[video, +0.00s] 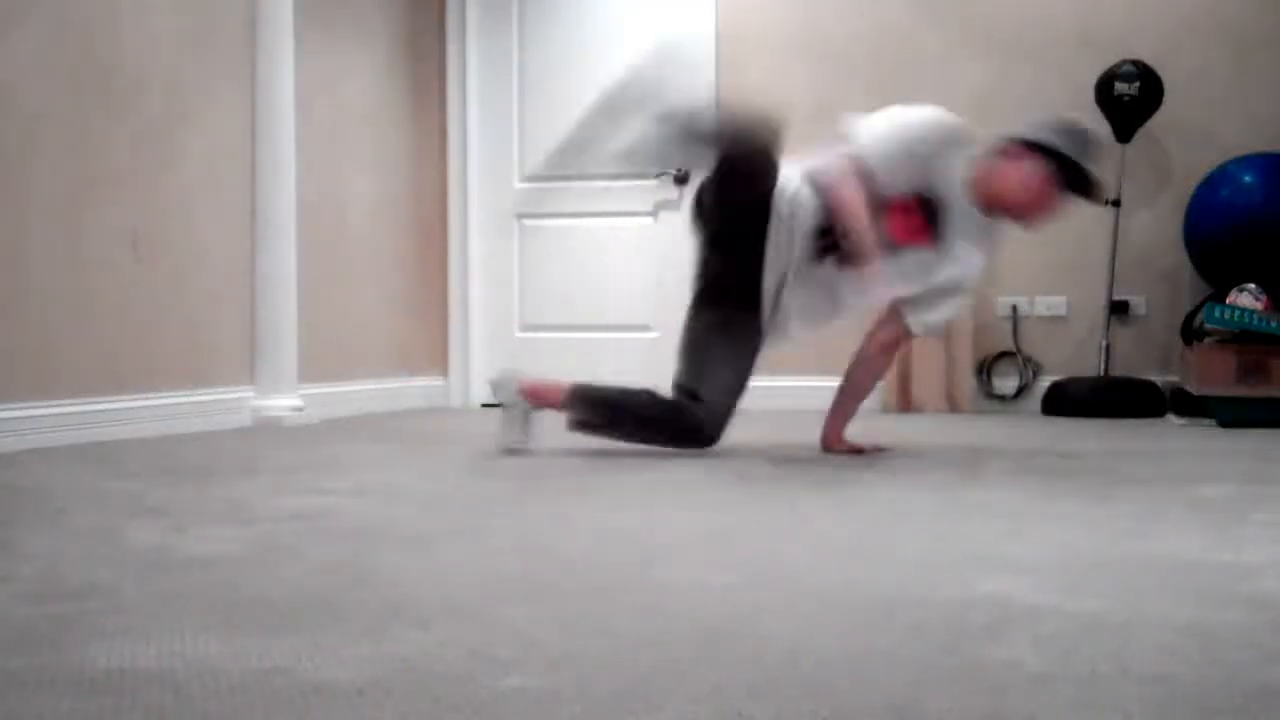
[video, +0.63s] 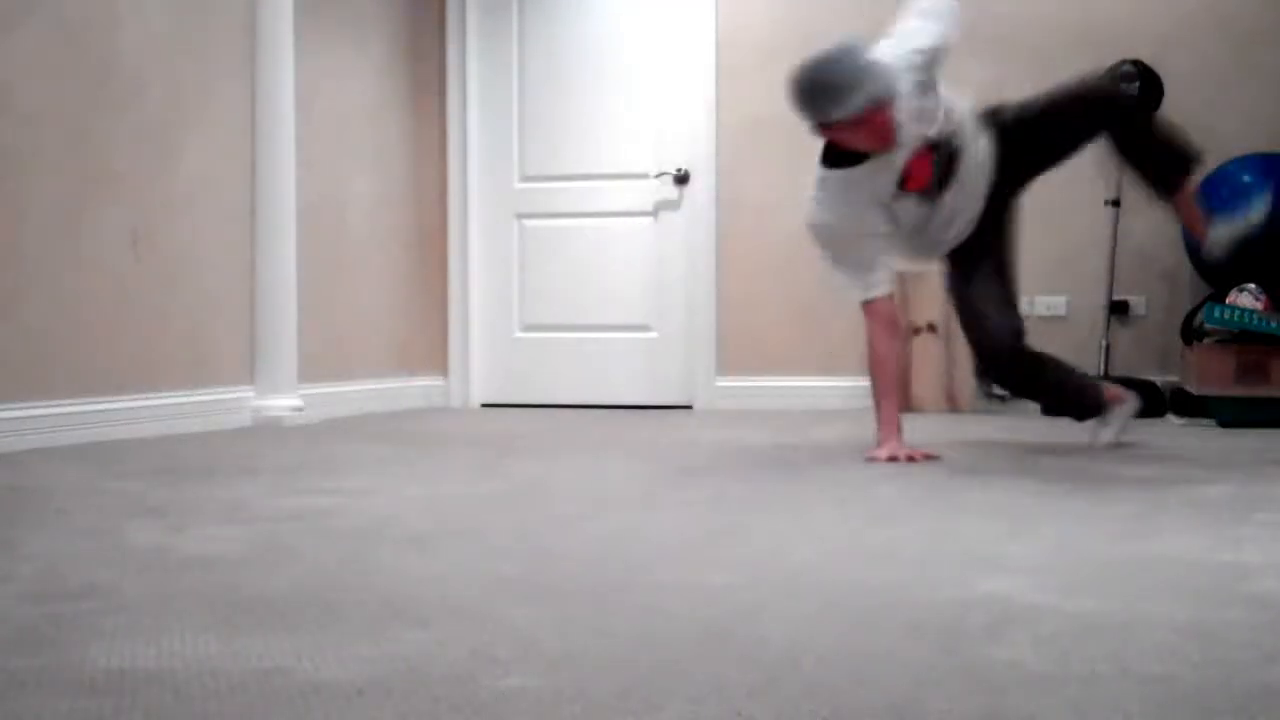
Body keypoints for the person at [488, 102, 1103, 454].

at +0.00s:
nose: (1043, 206)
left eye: (1056, 201)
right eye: (1049, 185)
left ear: (1044, 204)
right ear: (1020, 153)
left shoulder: (966, 263)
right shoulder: (938, 135)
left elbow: (889, 335)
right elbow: (833, 165)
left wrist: (832, 435)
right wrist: (870, 250)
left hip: (752, 305)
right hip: (754, 216)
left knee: (696, 423)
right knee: (757, 135)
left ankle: (533, 394)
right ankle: (667, 141)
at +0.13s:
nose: (1092, 262)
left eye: (1099, 251)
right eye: (1092, 244)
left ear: (1064, 227)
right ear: (1058, 220)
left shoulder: (995, 240)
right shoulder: (974, 211)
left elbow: (900, 323)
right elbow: (907, 327)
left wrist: (838, 426)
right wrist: (891, 438)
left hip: (806, 209)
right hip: (766, 178)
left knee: (799, 324)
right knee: (703, 334)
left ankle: (683, 383)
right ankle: (568, 322)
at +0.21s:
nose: (1091, 277)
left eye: (1101, 266)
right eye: (1096, 260)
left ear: (1057, 227)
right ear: (1063, 232)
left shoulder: (988, 227)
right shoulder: (957, 216)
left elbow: (893, 320)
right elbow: (899, 330)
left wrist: (846, 420)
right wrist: (890, 440)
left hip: (807, 187)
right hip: (763, 210)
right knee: (783, 396)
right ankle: (657, 384)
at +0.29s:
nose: (1074, 240)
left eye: (1082, 228)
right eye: (1074, 224)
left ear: (1040, 198)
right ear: (1041, 202)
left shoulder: (997, 183)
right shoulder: (924, 216)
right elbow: (886, 330)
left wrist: (917, 314)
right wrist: (885, 440)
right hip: (788, 249)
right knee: (901, 398)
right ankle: (803, 411)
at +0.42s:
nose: (990, 166)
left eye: (994, 155)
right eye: (983, 155)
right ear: (949, 147)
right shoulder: (869, 220)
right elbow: (871, 330)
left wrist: (1102, 126)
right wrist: (886, 440)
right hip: (854, 240)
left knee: (1021, 87)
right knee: (911, 318)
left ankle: (1114, 127)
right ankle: (1003, 379)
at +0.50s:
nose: (944, 136)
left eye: (944, 124)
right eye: (930, 129)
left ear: (945, 113)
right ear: (892, 131)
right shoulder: (846, 211)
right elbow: (873, 324)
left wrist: (1109, 92)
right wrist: (887, 440)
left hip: (948, 181)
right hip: (917, 261)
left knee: (1066, 84)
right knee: (1016, 354)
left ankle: (1170, 159)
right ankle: (1065, 408)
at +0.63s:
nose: (886, 120)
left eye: (884, 105)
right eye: (868, 119)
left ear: (885, 87)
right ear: (836, 133)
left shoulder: (900, 63)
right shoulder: (837, 212)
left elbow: (942, 8)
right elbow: (882, 317)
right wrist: (889, 437)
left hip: (991, 148)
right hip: (967, 236)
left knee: (1115, 97)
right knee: (1000, 357)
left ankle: (1199, 220)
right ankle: (1113, 404)